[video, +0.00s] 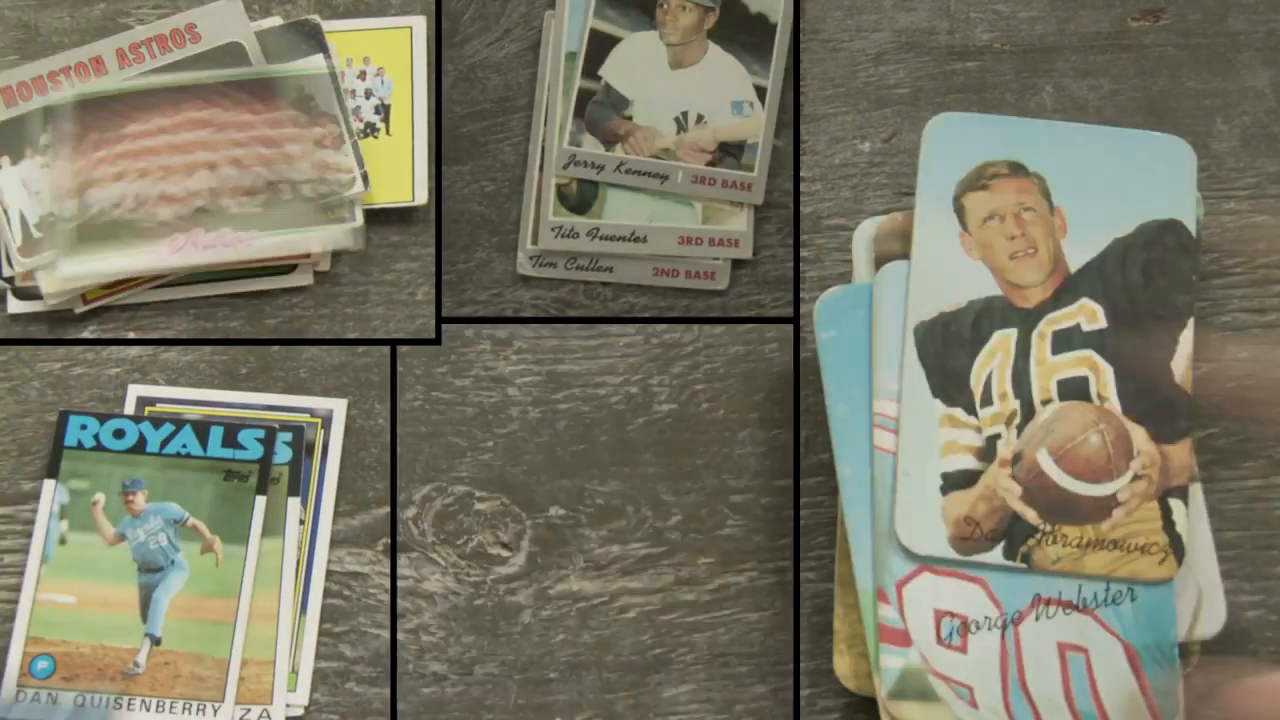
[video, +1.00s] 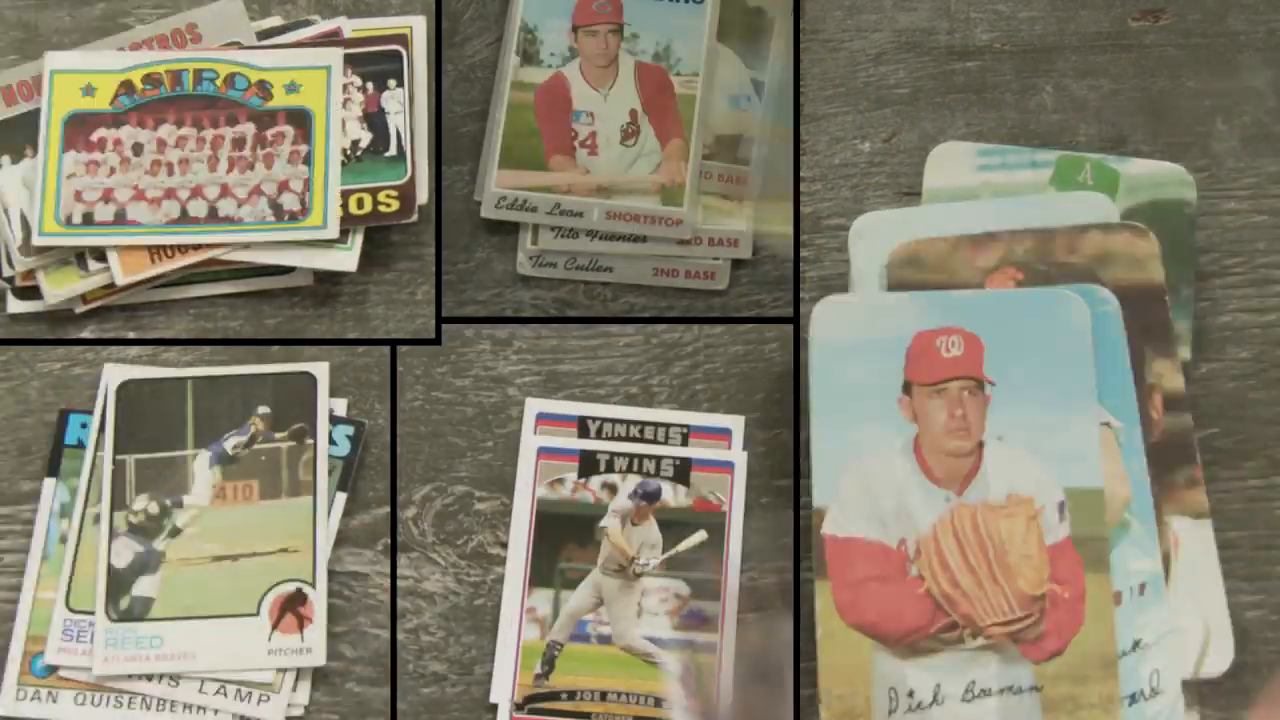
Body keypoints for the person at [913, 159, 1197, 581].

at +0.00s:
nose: (1016, 230)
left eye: (1027, 211)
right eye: (994, 220)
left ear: (1058, 223)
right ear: (970, 246)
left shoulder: (1130, 294)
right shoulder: (961, 345)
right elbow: (963, 532)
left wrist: (1167, 466)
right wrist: (996, 494)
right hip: (1035, 572)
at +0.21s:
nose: (1012, 385)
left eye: (1023, 364)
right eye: (990, 382)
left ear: (1056, 368)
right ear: (971, 409)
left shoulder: (1127, 425)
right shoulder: (997, 523)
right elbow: (1035, 692)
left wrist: (1259, 692)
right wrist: (1260, 689)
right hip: (1118, 697)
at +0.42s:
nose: (1044, 396)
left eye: (1047, 375)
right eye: (1018, 388)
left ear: (1070, 374)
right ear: (994, 416)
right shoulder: (993, 524)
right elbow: (1026, 695)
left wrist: (1244, 658)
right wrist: (1245, 659)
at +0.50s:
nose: (946, 382)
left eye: (954, 363)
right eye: (930, 375)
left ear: (984, 359)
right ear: (925, 390)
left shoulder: (1061, 401)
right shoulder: (939, 465)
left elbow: (1107, 487)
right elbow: (946, 557)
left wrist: (1040, 561)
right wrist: (980, 590)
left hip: (1127, 622)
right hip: (1037, 647)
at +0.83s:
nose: (946, 383)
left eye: (954, 362)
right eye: (930, 375)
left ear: (983, 360)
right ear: (925, 390)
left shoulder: (1060, 402)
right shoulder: (942, 468)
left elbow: (1107, 486)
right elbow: (947, 560)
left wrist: (1038, 563)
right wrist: (997, 601)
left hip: (1129, 612)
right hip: (1039, 639)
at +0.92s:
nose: (1036, 347)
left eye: (1045, 325)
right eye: (1014, 330)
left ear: (1061, 332)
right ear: (972, 345)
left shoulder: (1109, 423)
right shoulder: (931, 444)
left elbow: (1163, 548)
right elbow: (924, 590)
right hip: (982, 687)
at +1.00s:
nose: (958, 409)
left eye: (969, 391)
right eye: (938, 393)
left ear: (987, 401)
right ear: (907, 406)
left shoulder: (1024, 474)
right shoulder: (868, 482)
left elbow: (1068, 592)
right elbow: (862, 599)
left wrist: (1026, 627)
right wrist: (969, 606)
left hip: (1008, 687)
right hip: (913, 690)